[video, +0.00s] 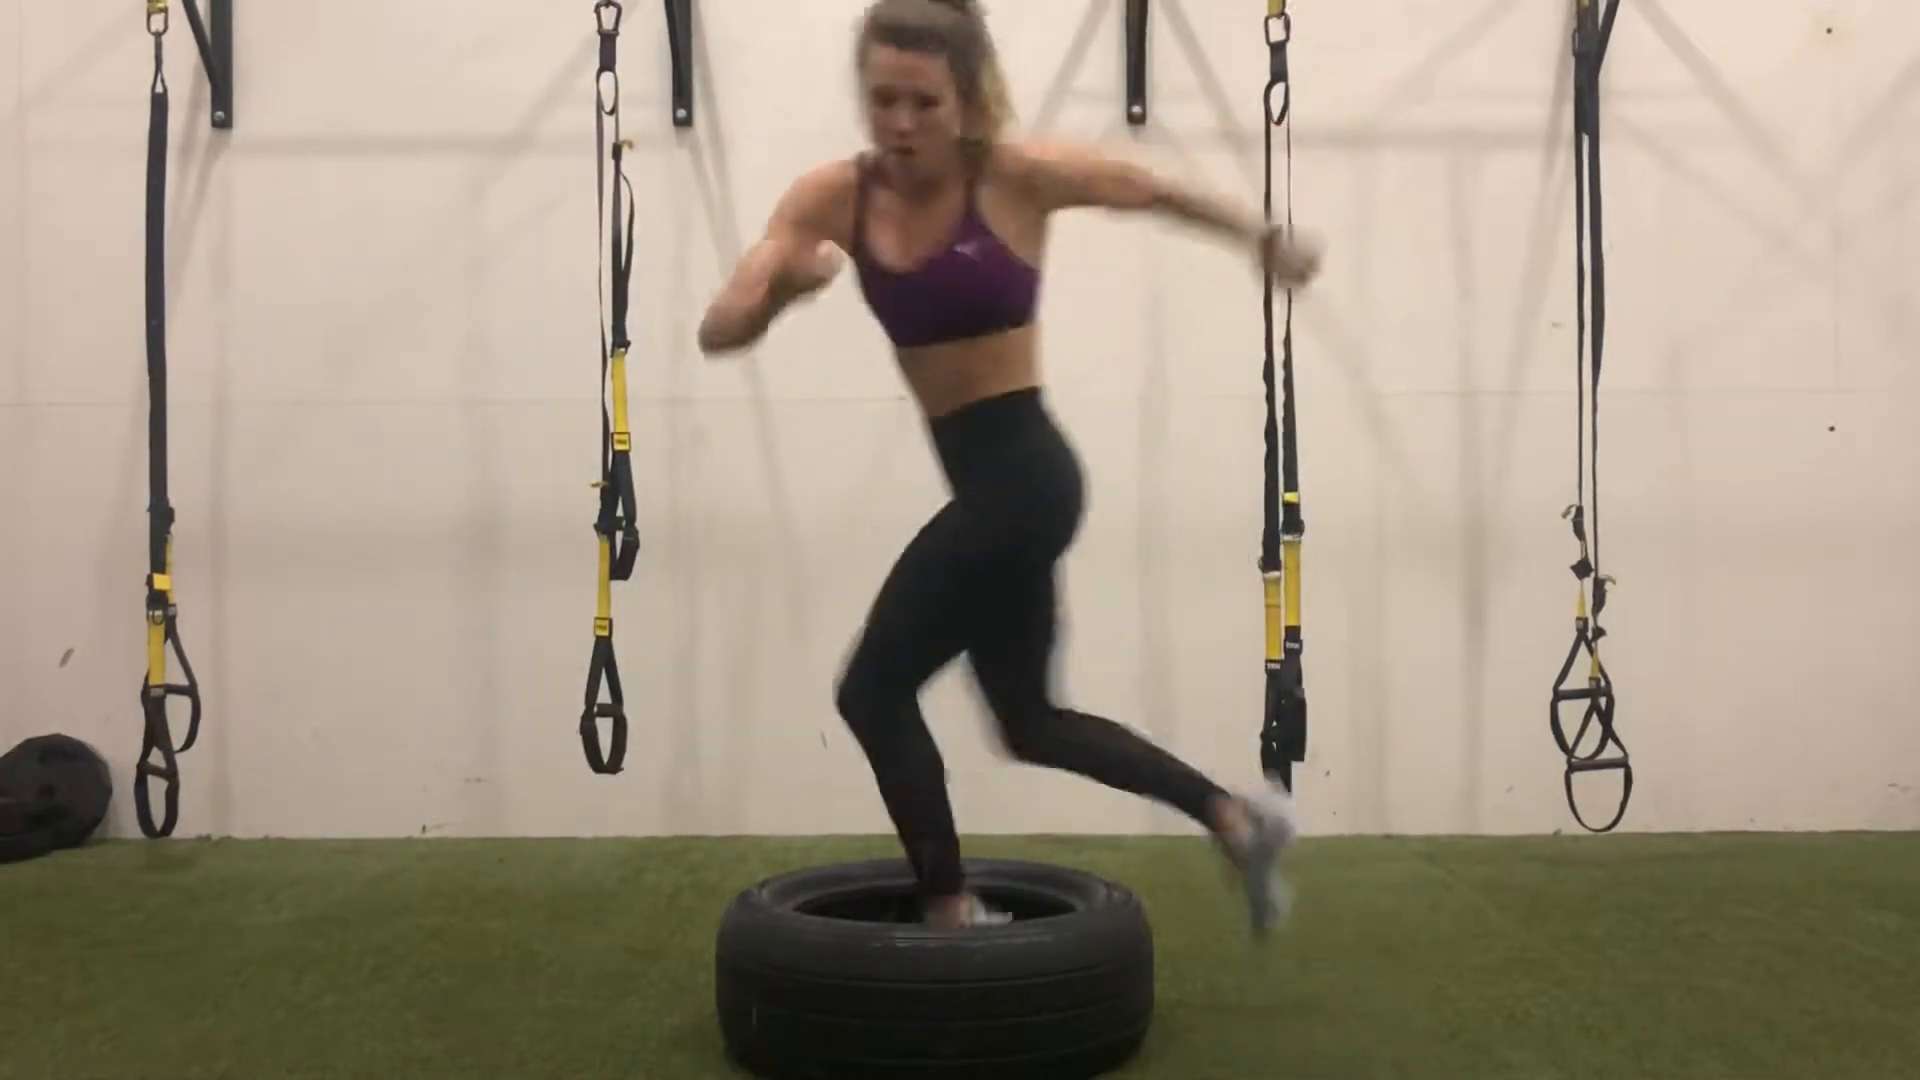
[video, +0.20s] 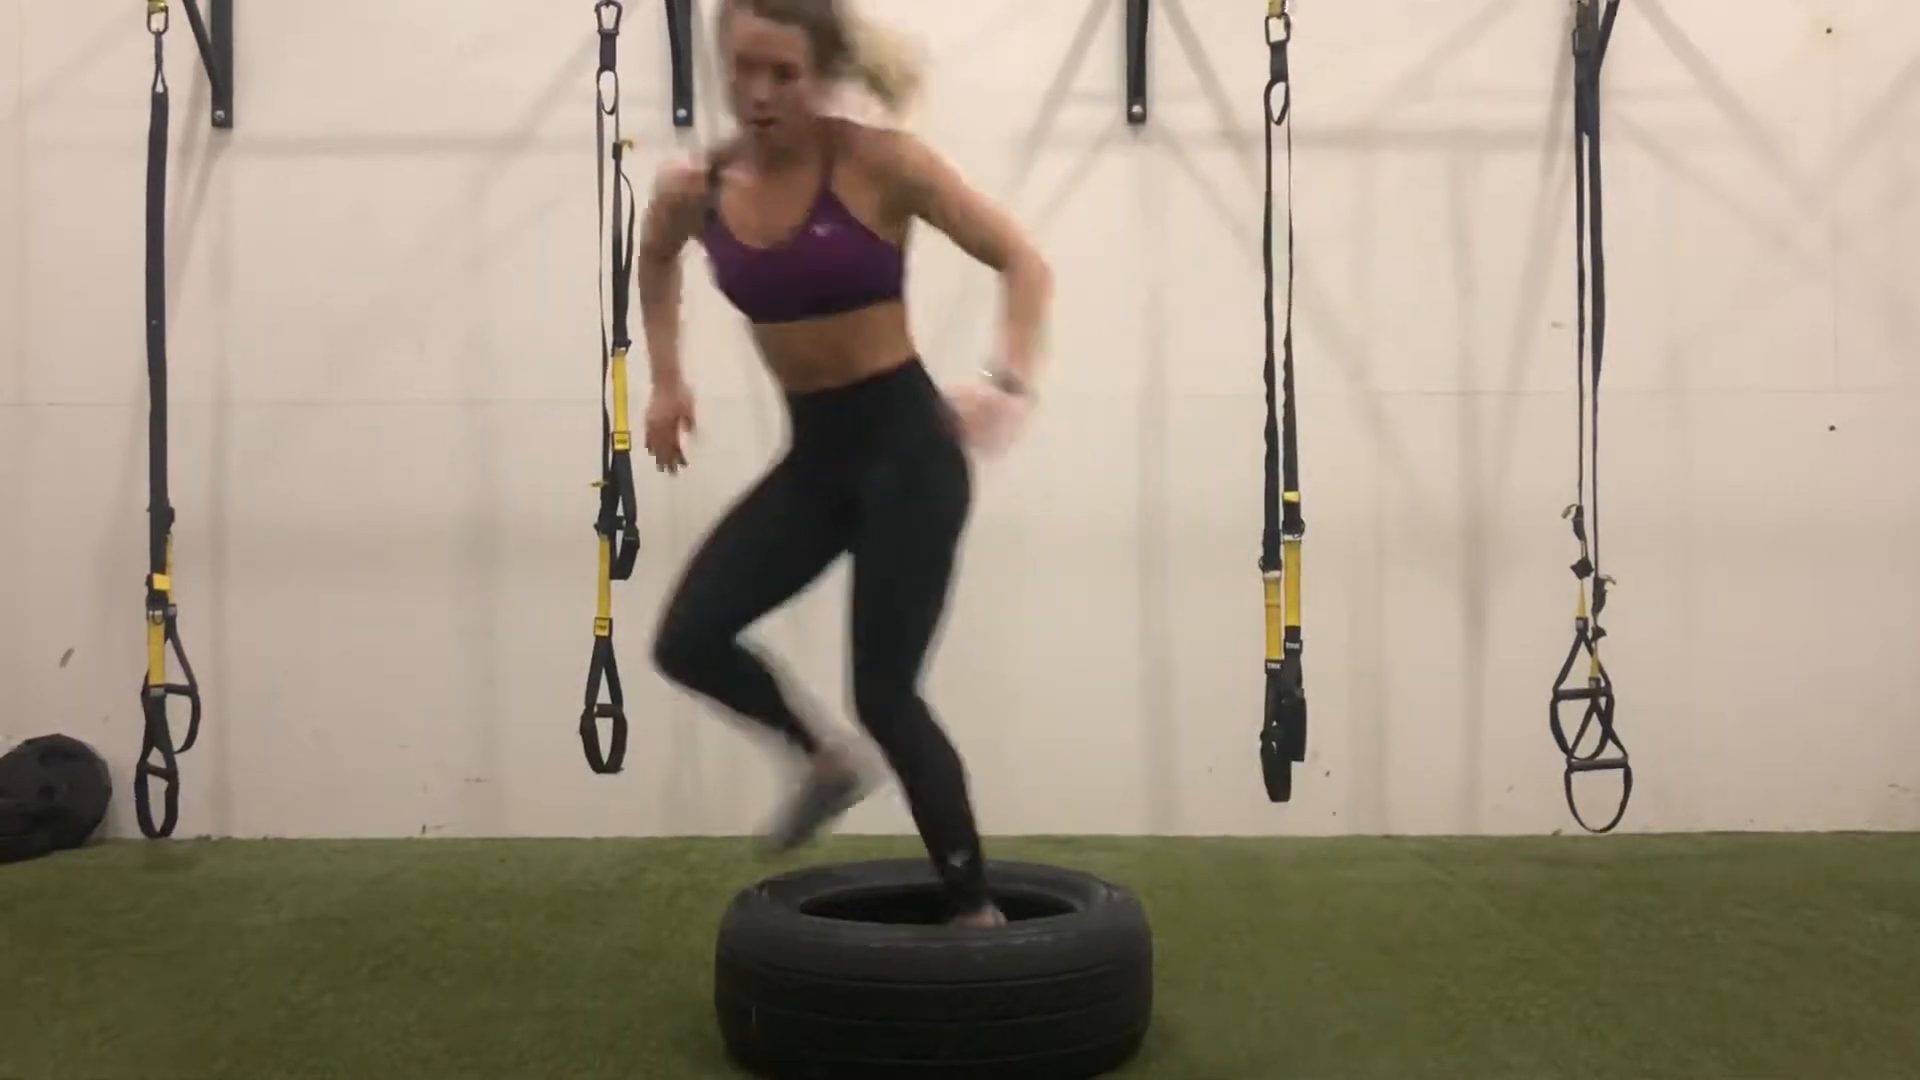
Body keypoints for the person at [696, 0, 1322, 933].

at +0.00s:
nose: (900, 124)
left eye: (923, 102)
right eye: (882, 99)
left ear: (967, 101)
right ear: (861, 97)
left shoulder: (1017, 178)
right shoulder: (832, 196)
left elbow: (1157, 192)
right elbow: (717, 336)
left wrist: (1267, 240)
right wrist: (777, 292)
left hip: (1025, 478)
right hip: (981, 482)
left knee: (874, 692)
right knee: (1029, 725)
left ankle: (949, 922)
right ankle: (1235, 818)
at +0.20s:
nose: (759, 91)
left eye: (782, 72)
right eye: (744, 68)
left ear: (826, 78)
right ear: (726, 68)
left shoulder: (881, 162)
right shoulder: (698, 186)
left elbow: (1025, 262)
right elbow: (656, 259)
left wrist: (1013, 381)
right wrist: (666, 382)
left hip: (909, 446)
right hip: (817, 457)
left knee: (884, 695)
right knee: (689, 643)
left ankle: (975, 913)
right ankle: (833, 763)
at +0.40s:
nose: (665, 172)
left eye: (688, 150)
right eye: (645, 148)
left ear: (722, 152)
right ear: (614, 146)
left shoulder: (768, 246)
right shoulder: (569, 281)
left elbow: (833, 356)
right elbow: (561, 402)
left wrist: (834, 427)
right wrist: (576, 433)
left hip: (744, 504)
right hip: (633, 513)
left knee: (671, 589)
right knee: (556, 751)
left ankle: (773, 712)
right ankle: (486, 969)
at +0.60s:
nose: (707, 135)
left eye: (724, 114)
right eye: (682, 116)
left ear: (747, 109)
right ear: (637, 115)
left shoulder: (785, 213)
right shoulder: (598, 215)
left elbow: (840, 274)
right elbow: (496, 335)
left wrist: (875, 377)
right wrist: (525, 384)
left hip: (697, 509)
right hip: (588, 482)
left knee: (600, 766)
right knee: (483, 734)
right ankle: (410, 911)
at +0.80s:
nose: (772, 195)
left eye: (789, 173)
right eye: (751, 175)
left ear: (812, 168)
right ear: (713, 171)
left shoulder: (830, 260)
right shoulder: (664, 255)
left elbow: (923, 378)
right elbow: (533, 261)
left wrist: (824, 305)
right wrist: (413, 288)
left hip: (688, 528)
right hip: (624, 509)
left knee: (593, 785)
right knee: (804, 648)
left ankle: (427, 987)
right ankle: (572, 713)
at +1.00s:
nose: (912, 115)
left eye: (929, 92)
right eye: (889, 93)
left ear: (952, 86)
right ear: (845, 89)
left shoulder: (970, 163)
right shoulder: (796, 168)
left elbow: (994, 263)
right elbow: (703, 236)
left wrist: (855, 230)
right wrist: (632, 338)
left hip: (863, 481)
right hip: (809, 479)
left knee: (890, 720)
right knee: (925, 717)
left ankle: (659, 711)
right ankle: (896, 941)